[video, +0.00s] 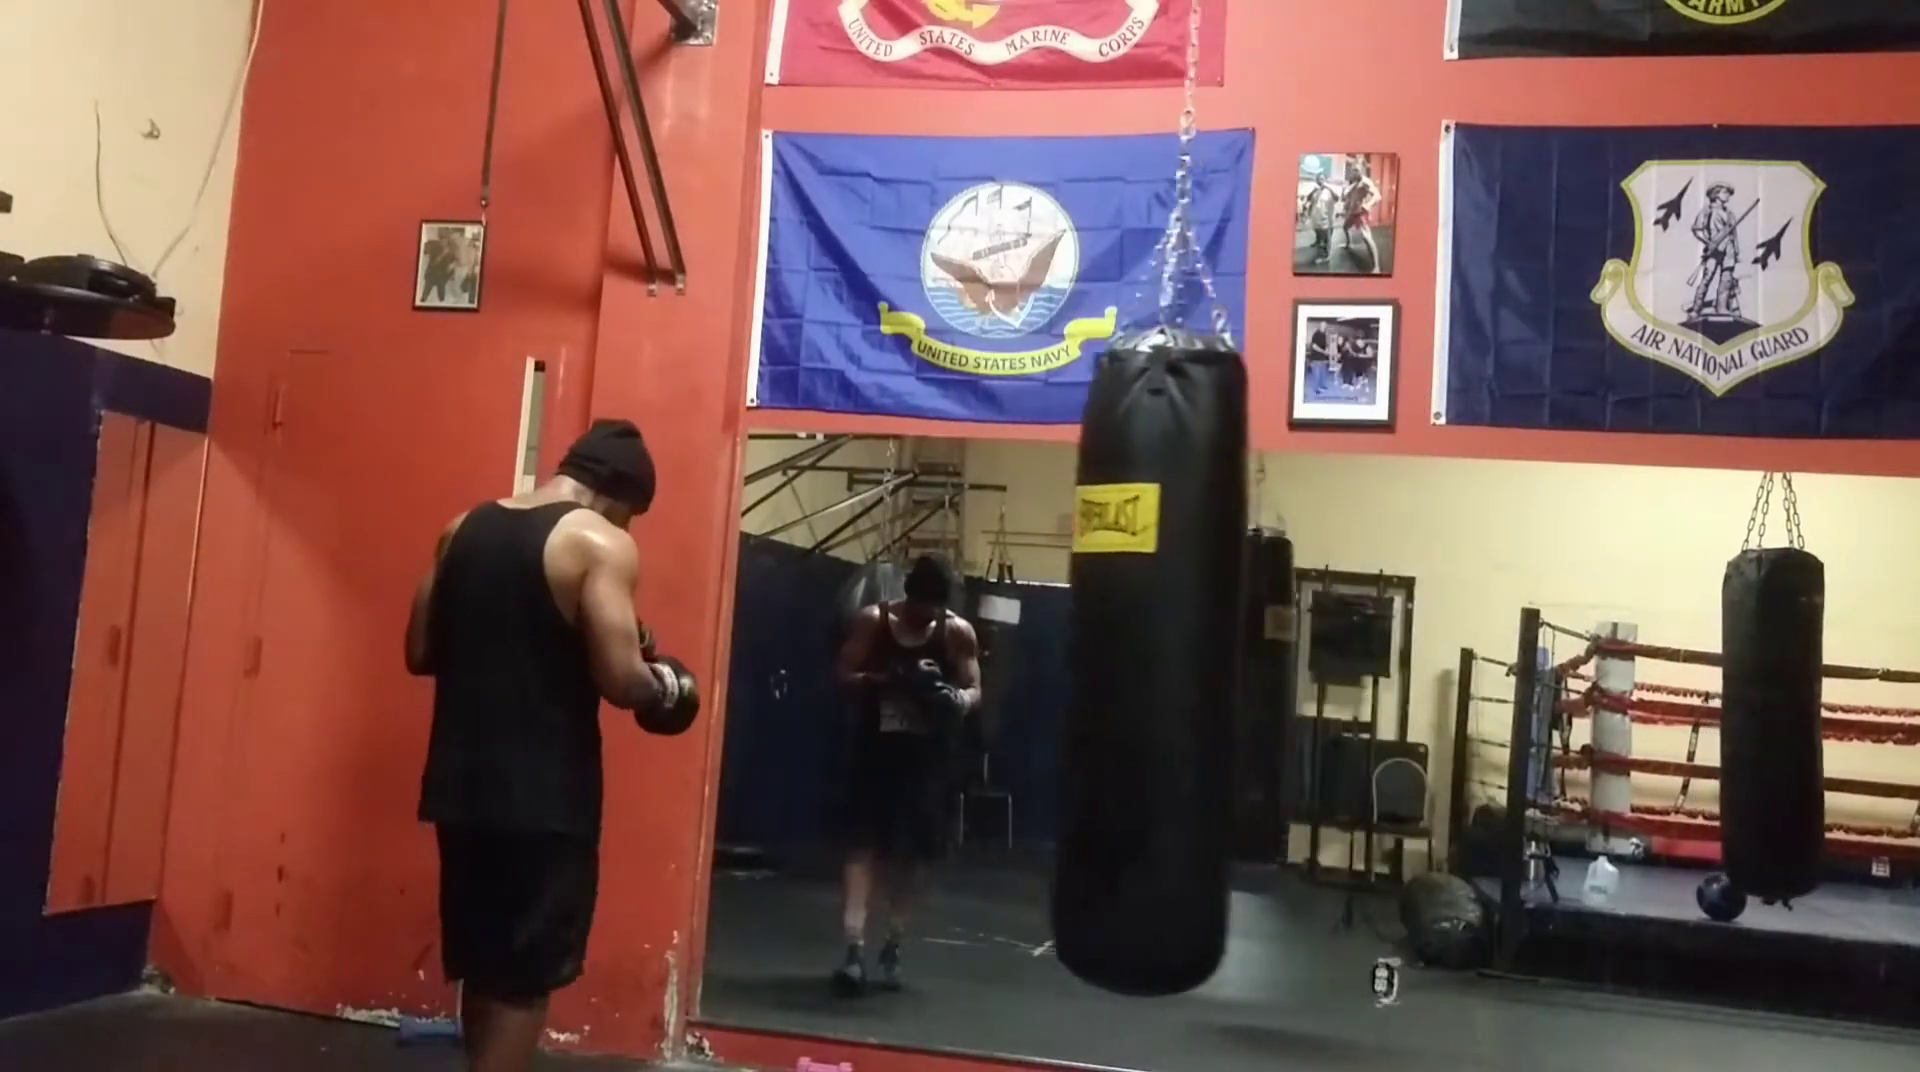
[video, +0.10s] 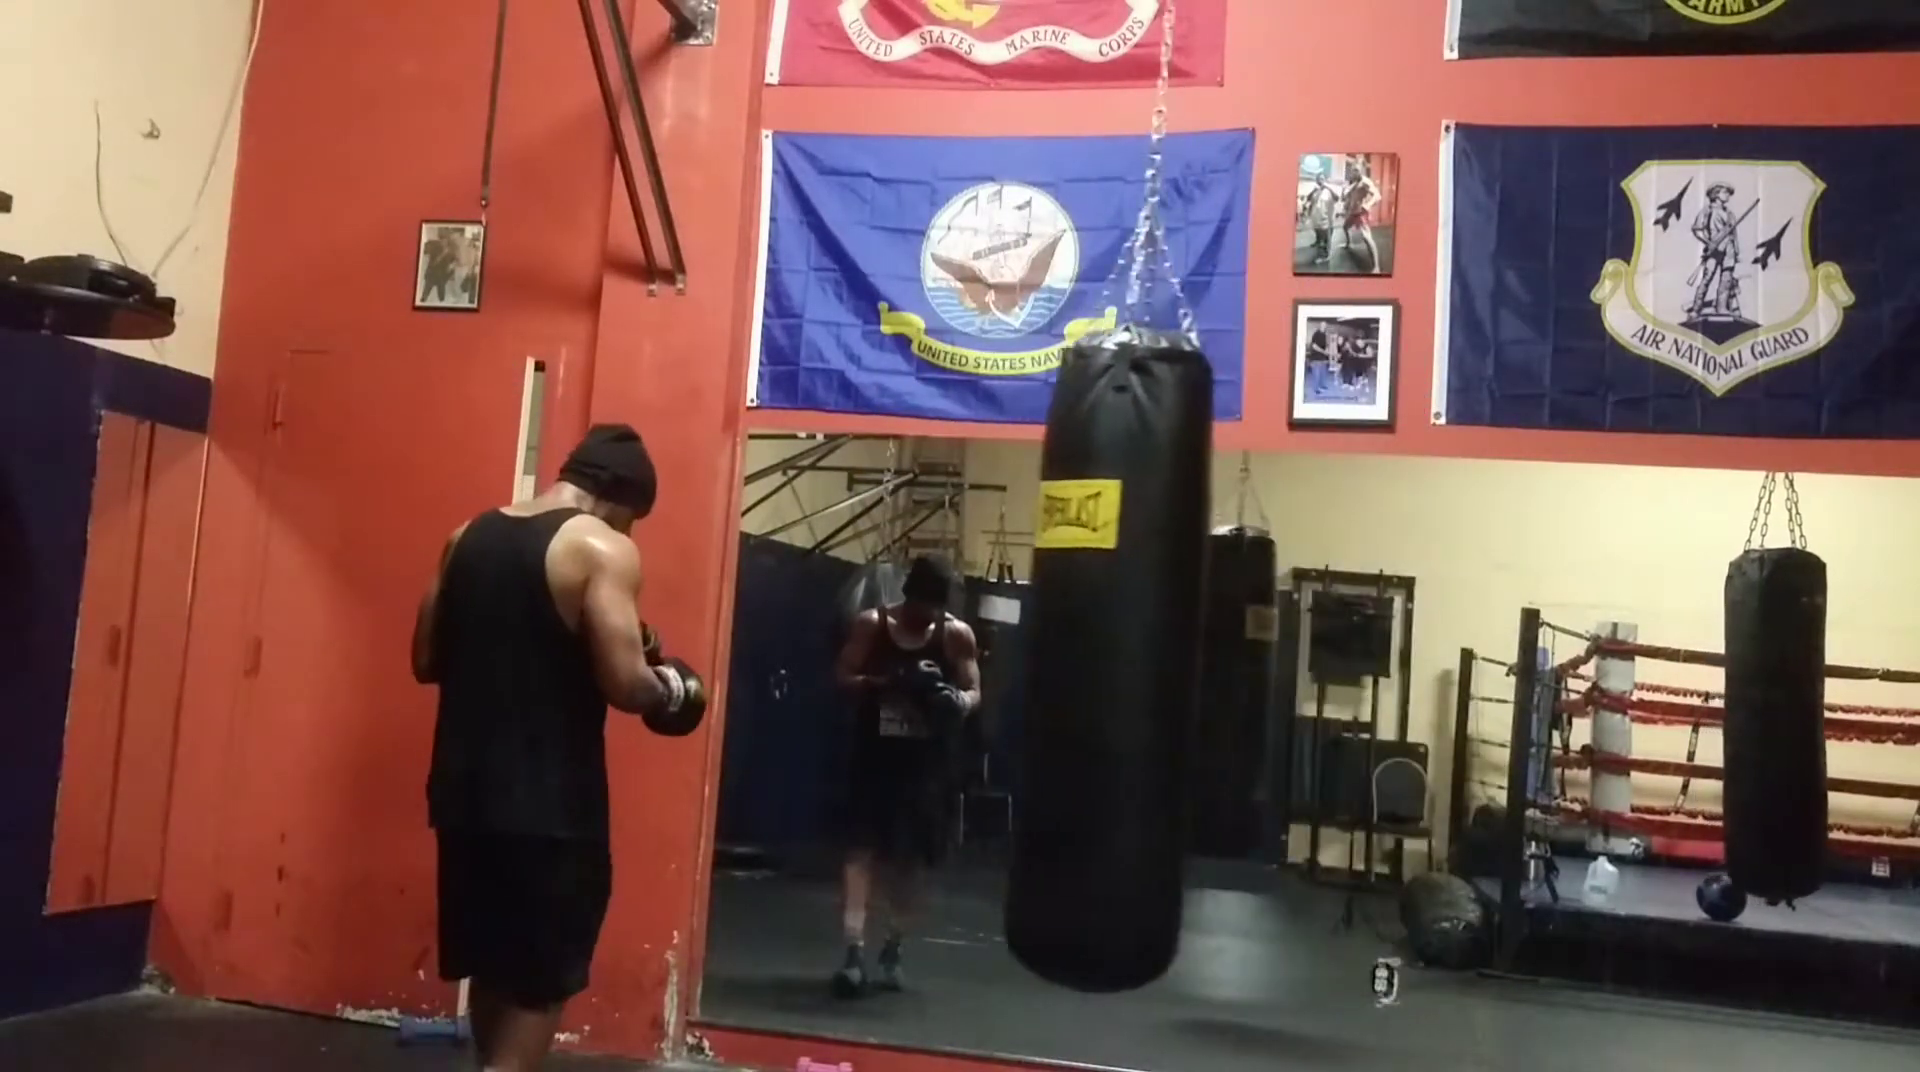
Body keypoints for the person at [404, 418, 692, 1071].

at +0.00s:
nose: (624, 526)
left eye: (629, 514)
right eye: (629, 513)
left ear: (567, 471)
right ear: (620, 492)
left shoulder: (467, 526)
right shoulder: (602, 542)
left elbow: (421, 654)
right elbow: (620, 678)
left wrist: (507, 635)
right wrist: (660, 684)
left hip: (464, 793)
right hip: (546, 802)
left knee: (481, 976)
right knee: (522, 987)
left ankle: (485, 1064)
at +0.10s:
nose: (628, 530)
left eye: (633, 518)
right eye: (631, 517)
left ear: (566, 478)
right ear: (621, 498)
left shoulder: (471, 536)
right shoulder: (603, 548)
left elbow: (427, 661)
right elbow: (623, 682)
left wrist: (516, 637)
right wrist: (666, 688)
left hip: (466, 798)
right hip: (552, 807)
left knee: (490, 974)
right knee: (538, 989)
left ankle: (493, 1062)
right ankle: (502, 1063)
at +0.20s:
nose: (633, 534)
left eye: (639, 522)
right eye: (637, 521)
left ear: (574, 481)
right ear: (626, 500)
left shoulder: (478, 537)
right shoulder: (609, 551)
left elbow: (434, 664)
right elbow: (629, 685)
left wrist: (523, 642)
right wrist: (669, 692)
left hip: (471, 795)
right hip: (553, 805)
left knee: (494, 972)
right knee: (534, 987)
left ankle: (497, 1064)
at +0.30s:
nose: (642, 531)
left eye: (647, 519)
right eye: (646, 518)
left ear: (586, 478)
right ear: (633, 497)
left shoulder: (487, 529)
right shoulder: (615, 547)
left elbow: (438, 655)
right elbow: (632, 678)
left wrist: (526, 637)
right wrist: (670, 692)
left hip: (470, 780)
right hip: (551, 792)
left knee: (498, 958)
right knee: (528, 972)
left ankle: (497, 1058)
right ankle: (497, 1065)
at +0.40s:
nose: (649, 531)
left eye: (655, 519)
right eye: (654, 517)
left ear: (595, 476)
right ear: (642, 496)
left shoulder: (496, 524)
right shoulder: (621, 544)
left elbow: (442, 647)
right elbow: (632, 674)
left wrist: (528, 636)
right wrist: (673, 691)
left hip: (474, 778)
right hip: (554, 791)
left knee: (499, 964)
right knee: (514, 970)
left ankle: (504, 1061)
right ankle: (491, 1066)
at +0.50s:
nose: (655, 533)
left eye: (661, 521)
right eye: (660, 519)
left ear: (601, 478)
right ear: (648, 498)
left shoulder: (504, 526)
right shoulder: (626, 547)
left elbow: (447, 647)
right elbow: (637, 676)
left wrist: (535, 639)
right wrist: (677, 692)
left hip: (479, 777)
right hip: (558, 791)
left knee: (500, 966)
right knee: (521, 975)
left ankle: (511, 1060)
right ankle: (493, 1066)